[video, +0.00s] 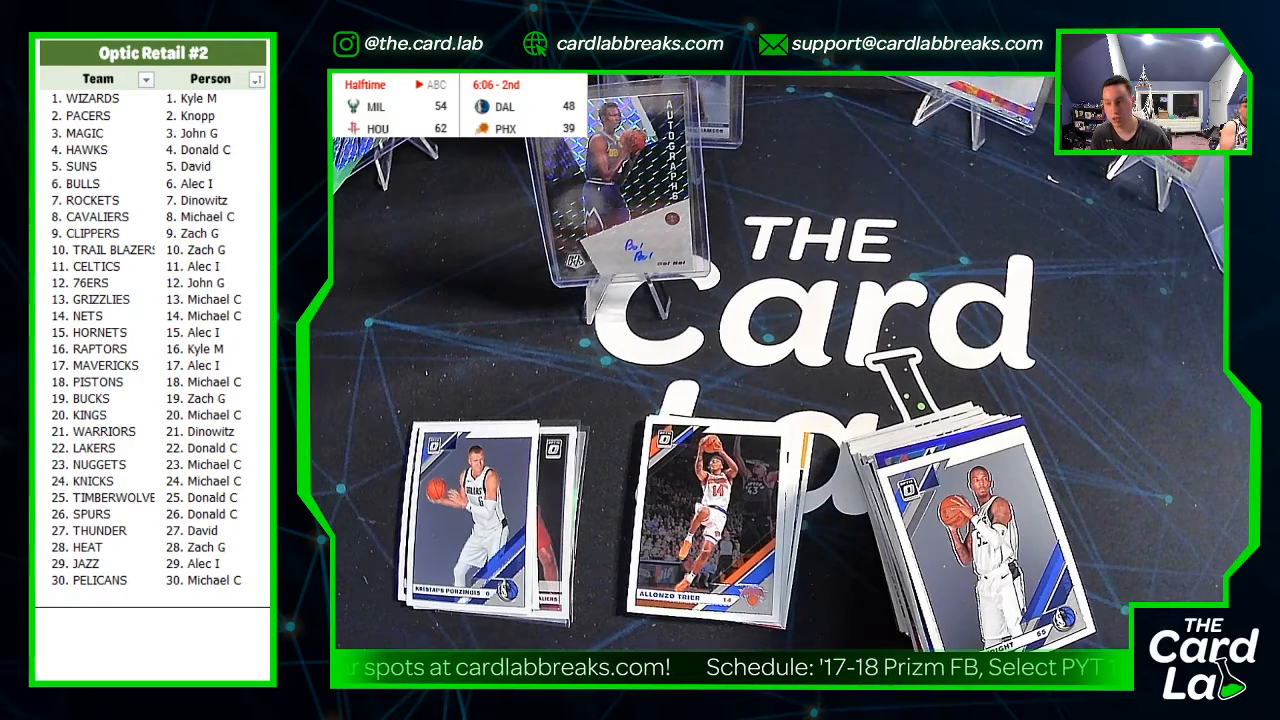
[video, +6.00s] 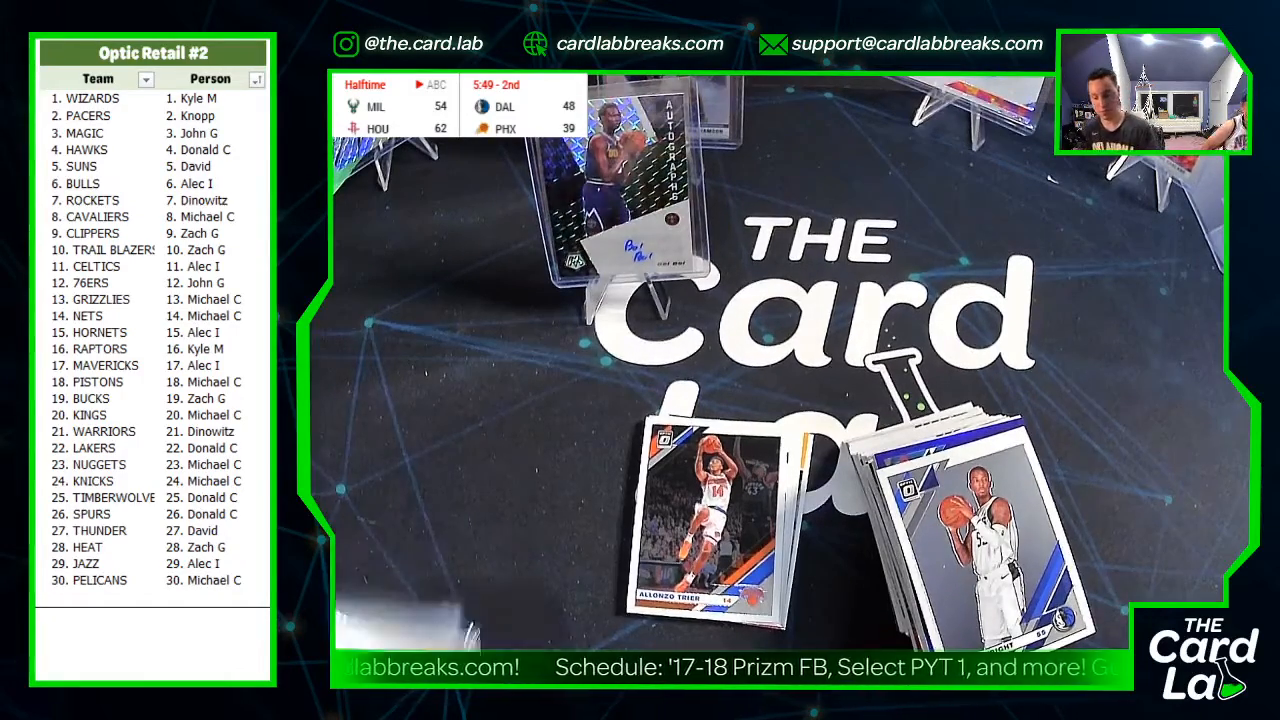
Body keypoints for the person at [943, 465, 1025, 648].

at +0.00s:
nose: (980, 483)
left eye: (984, 479)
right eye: (976, 480)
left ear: (990, 482)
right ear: (970, 485)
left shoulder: (1000, 504)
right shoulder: (975, 518)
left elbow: (997, 539)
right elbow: (965, 559)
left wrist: (973, 517)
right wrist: (953, 530)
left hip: (1007, 579)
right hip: (985, 585)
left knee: (1018, 633)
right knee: (992, 640)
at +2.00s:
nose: (980, 483)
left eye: (983, 478)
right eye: (975, 480)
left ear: (990, 481)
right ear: (970, 485)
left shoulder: (1000, 504)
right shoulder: (974, 517)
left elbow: (997, 539)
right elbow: (965, 559)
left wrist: (972, 517)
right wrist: (954, 530)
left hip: (1007, 579)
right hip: (985, 585)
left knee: (1018, 632)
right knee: (991, 639)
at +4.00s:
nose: (980, 484)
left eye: (983, 479)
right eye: (975, 480)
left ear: (990, 482)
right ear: (970, 486)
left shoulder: (1000, 504)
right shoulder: (974, 518)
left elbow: (997, 538)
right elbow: (965, 559)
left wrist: (972, 517)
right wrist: (953, 530)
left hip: (1007, 579)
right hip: (985, 585)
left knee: (1018, 633)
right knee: (991, 640)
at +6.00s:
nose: (980, 484)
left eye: (983, 480)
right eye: (975, 481)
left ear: (990, 482)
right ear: (970, 486)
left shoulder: (1000, 505)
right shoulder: (975, 518)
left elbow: (997, 539)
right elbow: (965, 559)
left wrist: (972, 517)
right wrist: (953, 531)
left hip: (1006, 578)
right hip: (985, 584)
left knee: (1017, 632)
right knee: (991, 640)